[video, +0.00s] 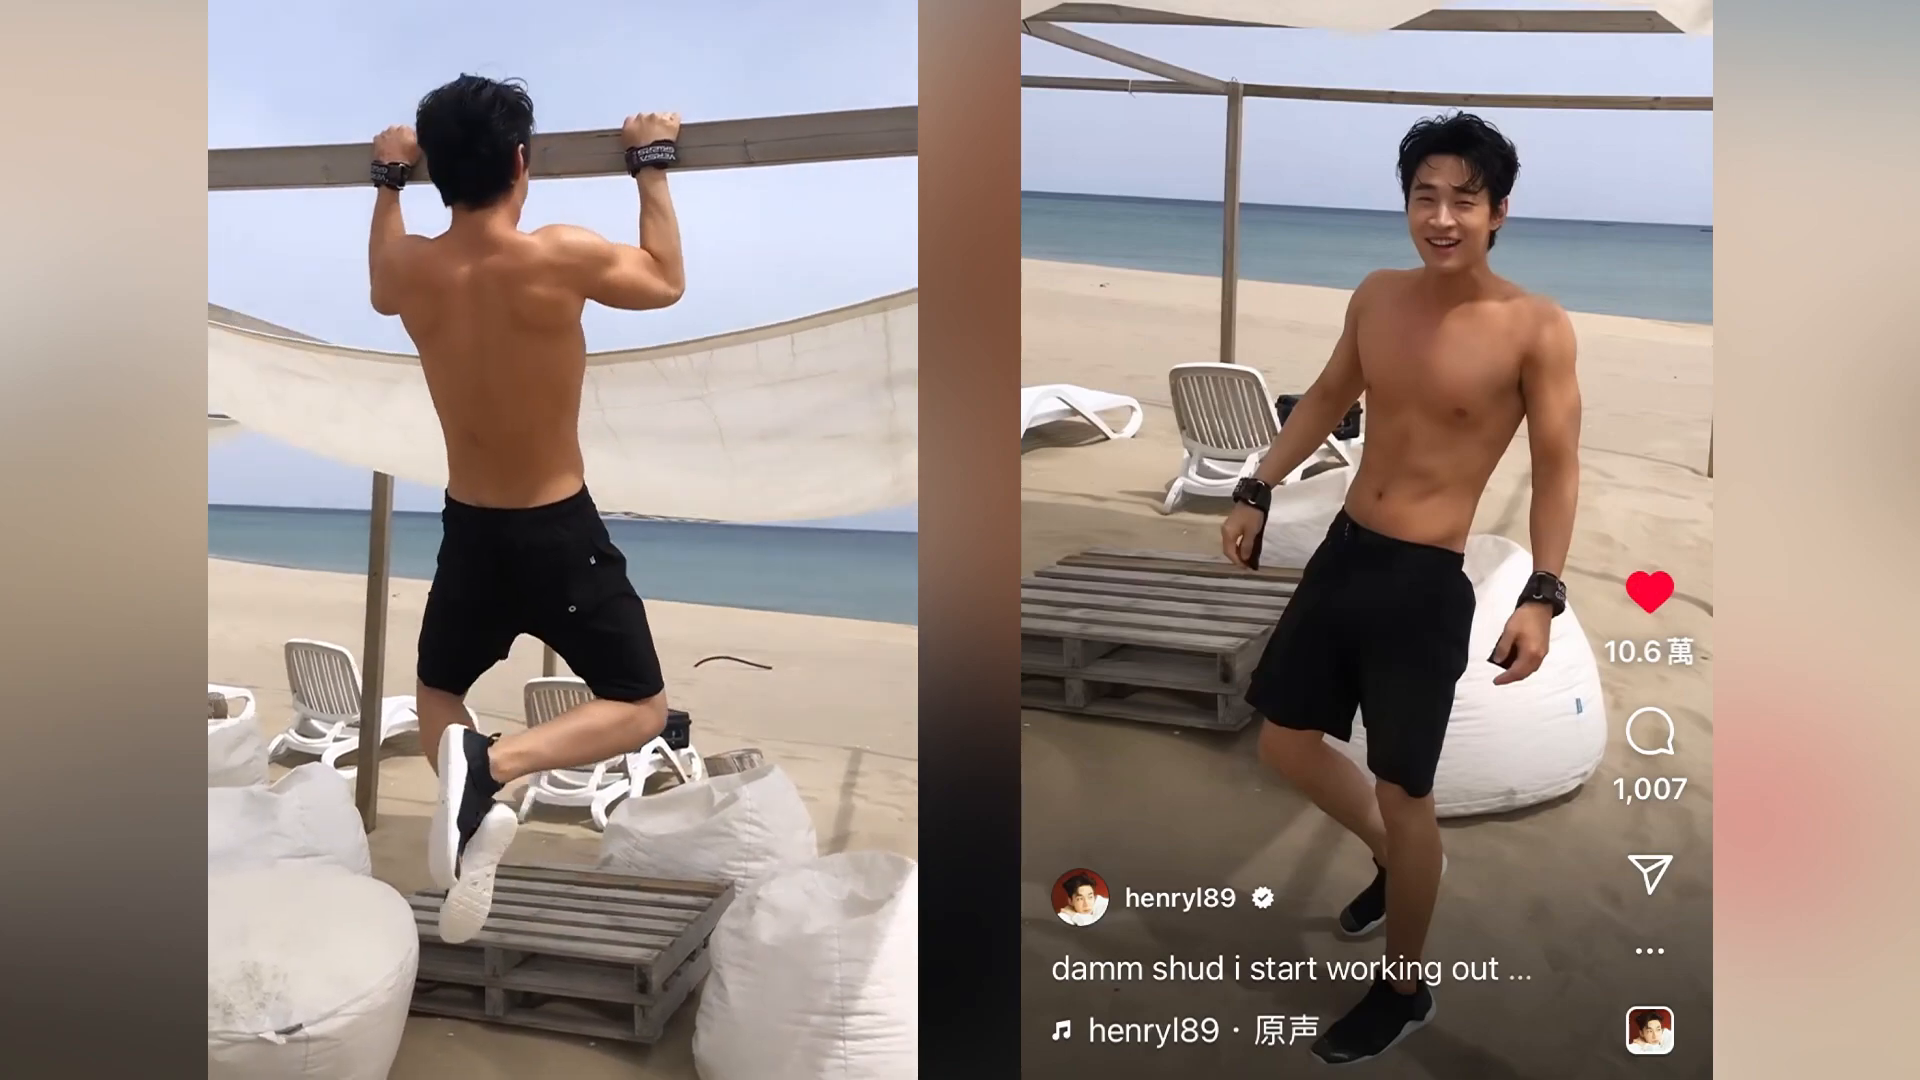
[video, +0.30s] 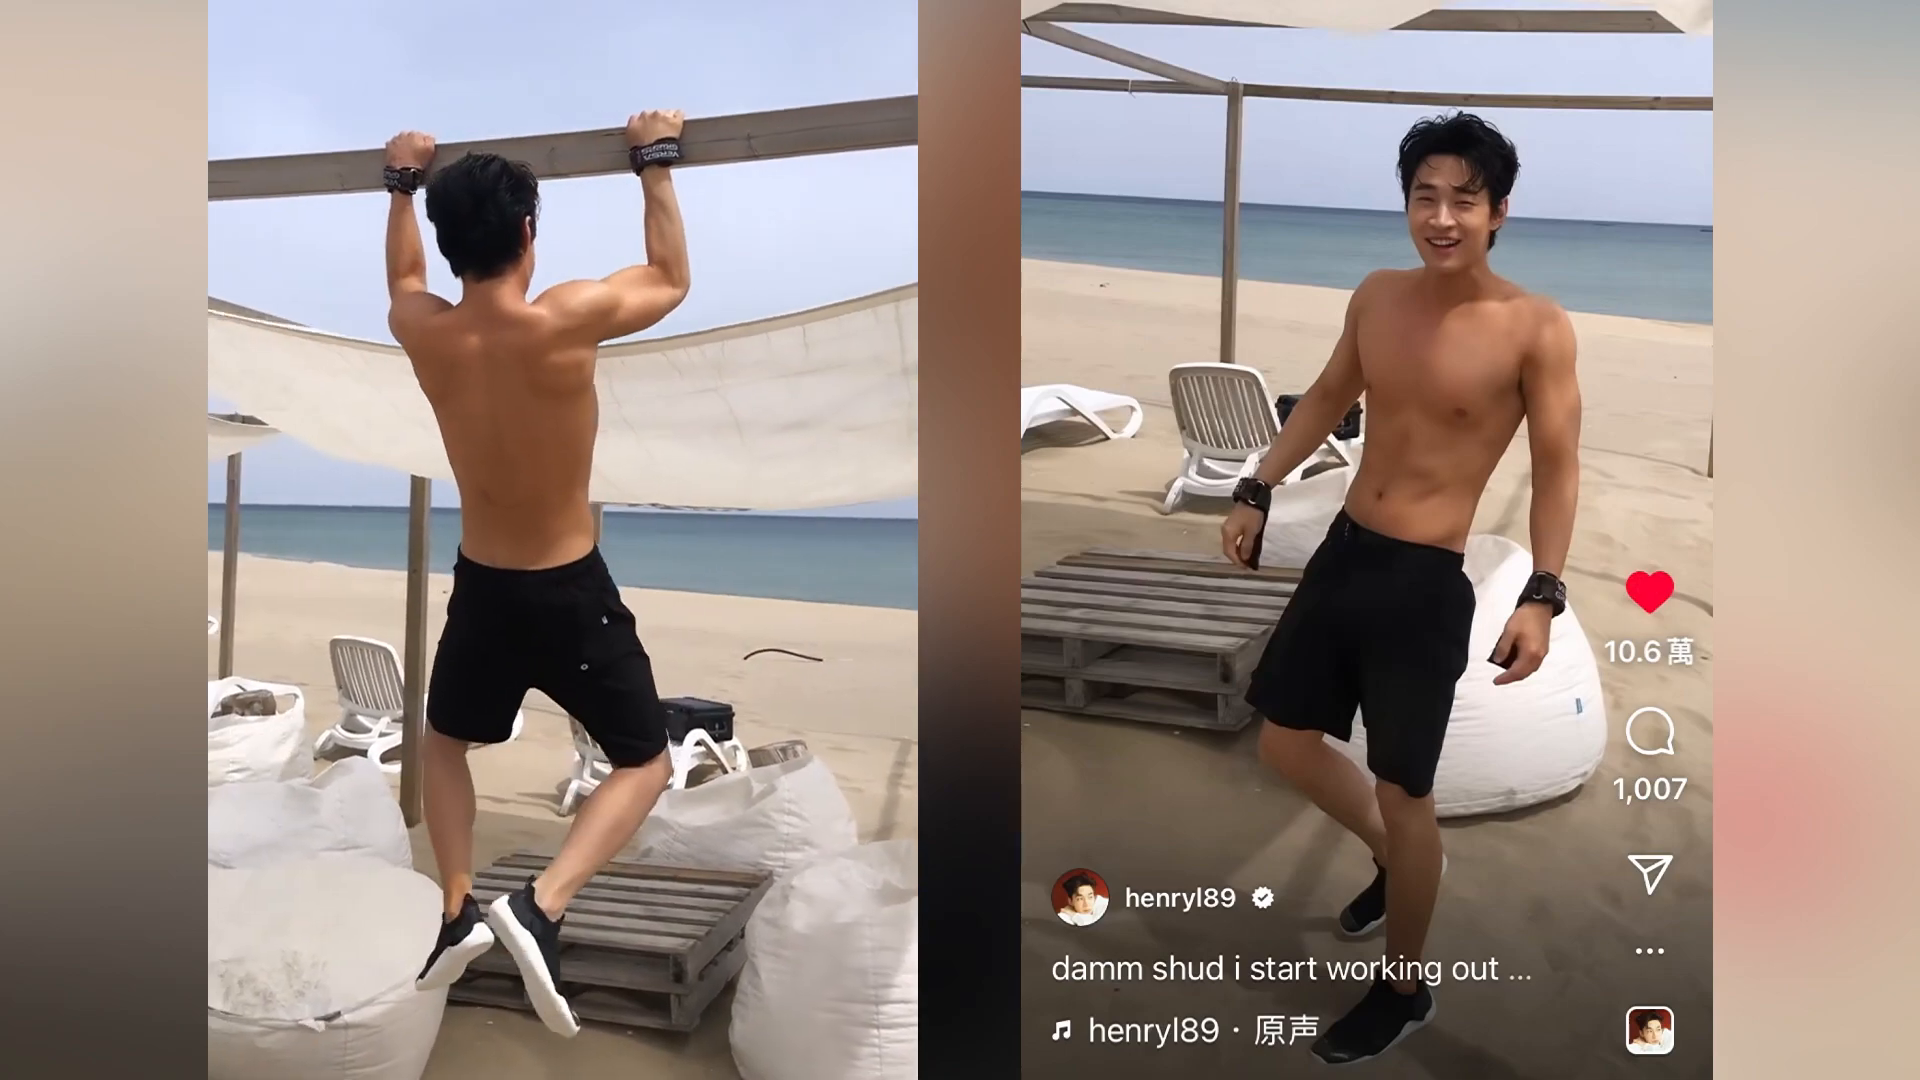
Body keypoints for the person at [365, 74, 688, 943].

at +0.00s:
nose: (532, 158)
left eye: (529, 147)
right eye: (530, 147)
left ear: (434, 176)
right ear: (520, 162)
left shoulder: (410, 266)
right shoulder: (560, 258)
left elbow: (384, 286)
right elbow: (665, 278)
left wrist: (388, 184)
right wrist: (652, 170)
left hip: (470, 537)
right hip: (560, 536)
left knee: (438, 694)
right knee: (639, 708)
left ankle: (474, 834)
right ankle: (493, 764)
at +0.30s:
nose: (539, 233)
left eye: (524, 222)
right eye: (534, 220)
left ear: (453, 245)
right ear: (527, 231)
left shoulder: (427, 332)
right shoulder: (569, 316)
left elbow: (407, 279)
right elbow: (669, 275)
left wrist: (400, 187)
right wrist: (655, 163)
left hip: (482, 595)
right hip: (571, 594)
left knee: (443, 741)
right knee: (644, 762)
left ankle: (459, 908)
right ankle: (541, 907)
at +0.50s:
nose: (540, 246)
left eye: (531, 233)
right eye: (537, 233)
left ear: (452, 254)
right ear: (529, 246)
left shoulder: (429, 339)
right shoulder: (569, 325)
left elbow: (416, 273)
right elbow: (668, 273)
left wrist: (407, 183)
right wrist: (659, 157)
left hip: (475, 614)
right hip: (573, 613)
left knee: (429, 712)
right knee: (691, 734)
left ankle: (439, 878)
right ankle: (629, 911)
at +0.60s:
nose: (536, 240)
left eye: (526, 230)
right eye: (533, 230)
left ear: (445, 253)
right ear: (526, 240)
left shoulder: (421, 334)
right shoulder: (566, 319)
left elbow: (412, 271)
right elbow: (668, 269)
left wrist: (408, 183)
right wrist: (661, 152)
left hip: (469, 614)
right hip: (569, 611)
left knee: (410, 669)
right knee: (705, 686)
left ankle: (425, 834)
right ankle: (704, 876)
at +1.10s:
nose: (468, 227)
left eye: (431, 229)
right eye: (479, 214)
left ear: (408, 244)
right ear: (486, 226)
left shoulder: (384, 318)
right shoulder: (541, 279)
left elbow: (329, 250)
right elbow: (671, 224)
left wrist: (327, 144)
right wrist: (636, 99)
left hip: (469, 591)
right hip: (571, 579)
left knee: (422, 769)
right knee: (620, 738)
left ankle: (395, 960)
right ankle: (656, 917)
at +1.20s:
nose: (491, 335)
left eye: (409, 342)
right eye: (490, 324)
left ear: (405, 345)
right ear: (486, 328)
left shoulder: (390, 419)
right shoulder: (542, 372)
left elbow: (303, 369)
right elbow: (664, 317)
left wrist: (284, 256)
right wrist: (587, 232)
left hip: (474, 690)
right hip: (578, 680)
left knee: (412, 883)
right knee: (603, 848)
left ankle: (387, 1067)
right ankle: (624, 1026)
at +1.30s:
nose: (400, 495)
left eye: (397, 484)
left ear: (405, 486)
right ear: (485, 469)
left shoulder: (386, 559)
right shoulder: (546, 514)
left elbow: (284, 552)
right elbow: (677, 491)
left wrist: (267, 449)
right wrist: (592, 435)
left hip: (477, 837)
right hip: (583, 821)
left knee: (395, 1013)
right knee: (599, 977)